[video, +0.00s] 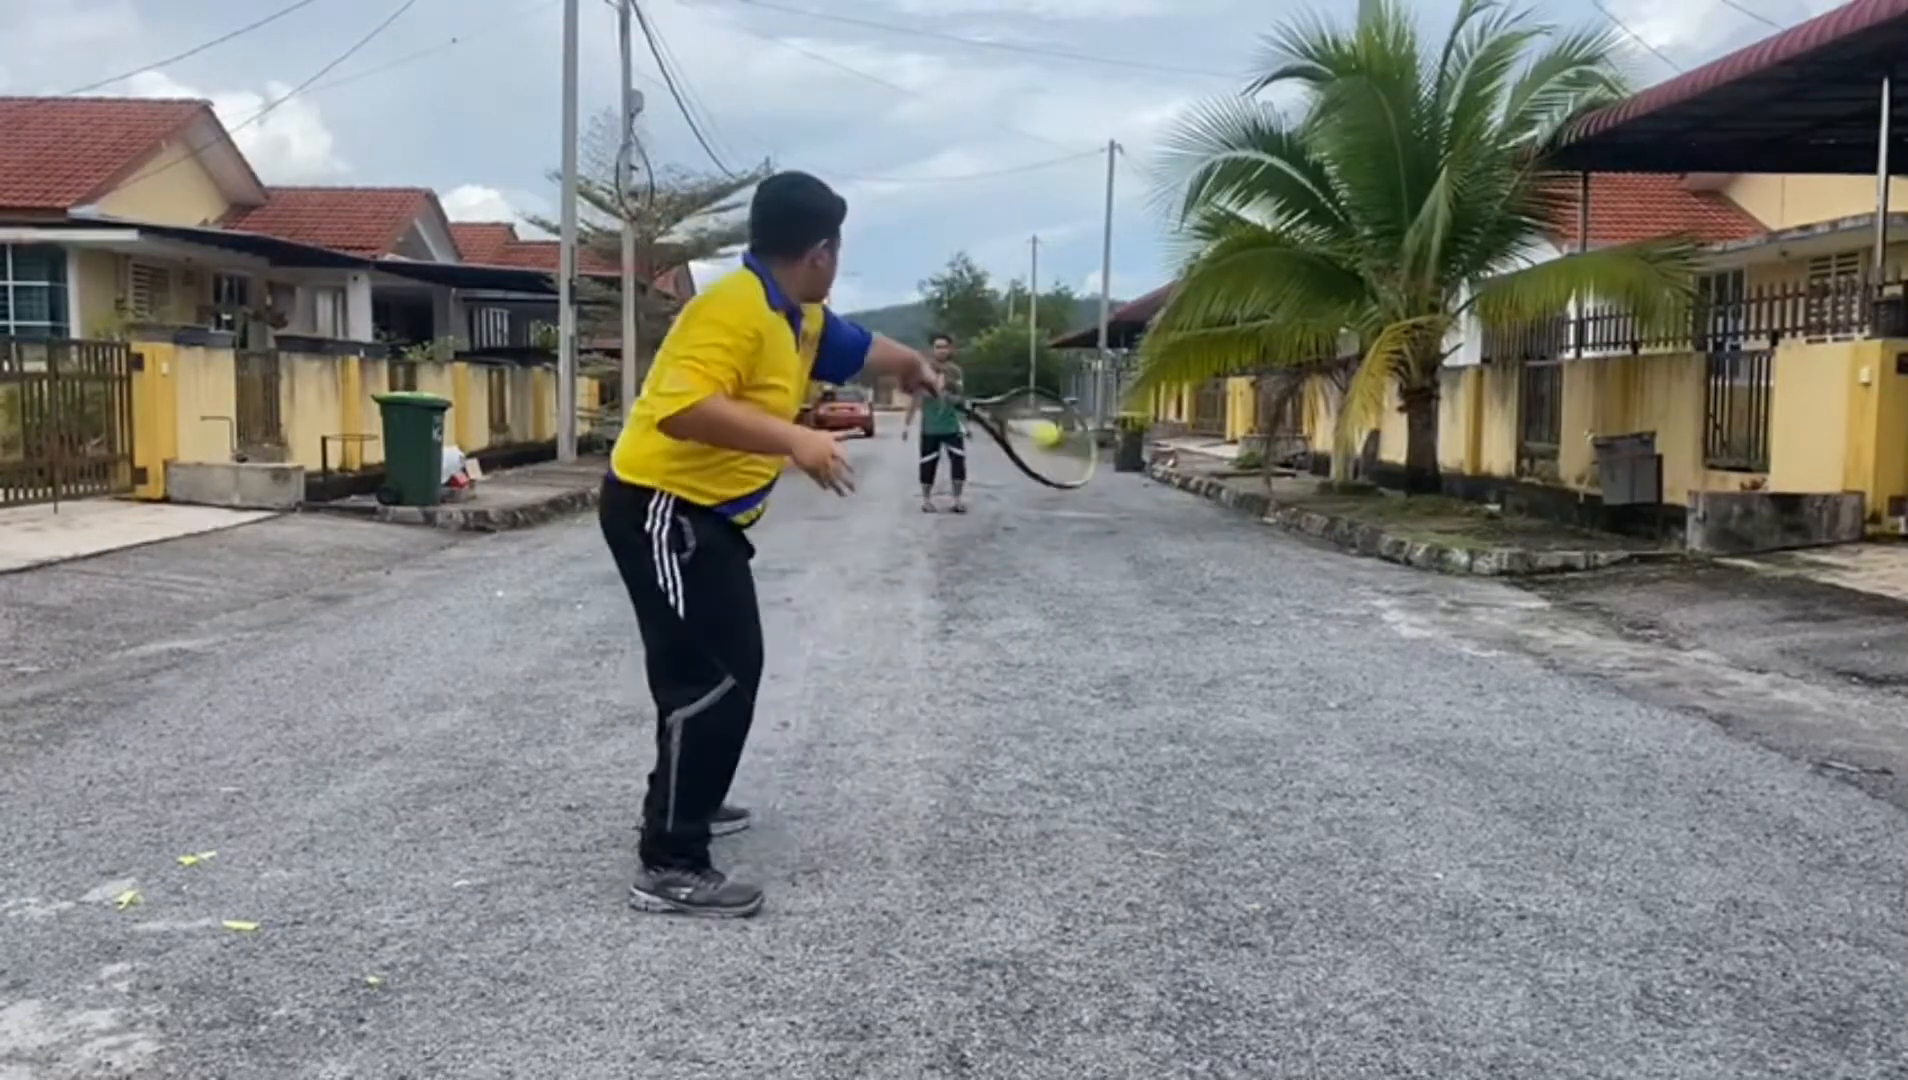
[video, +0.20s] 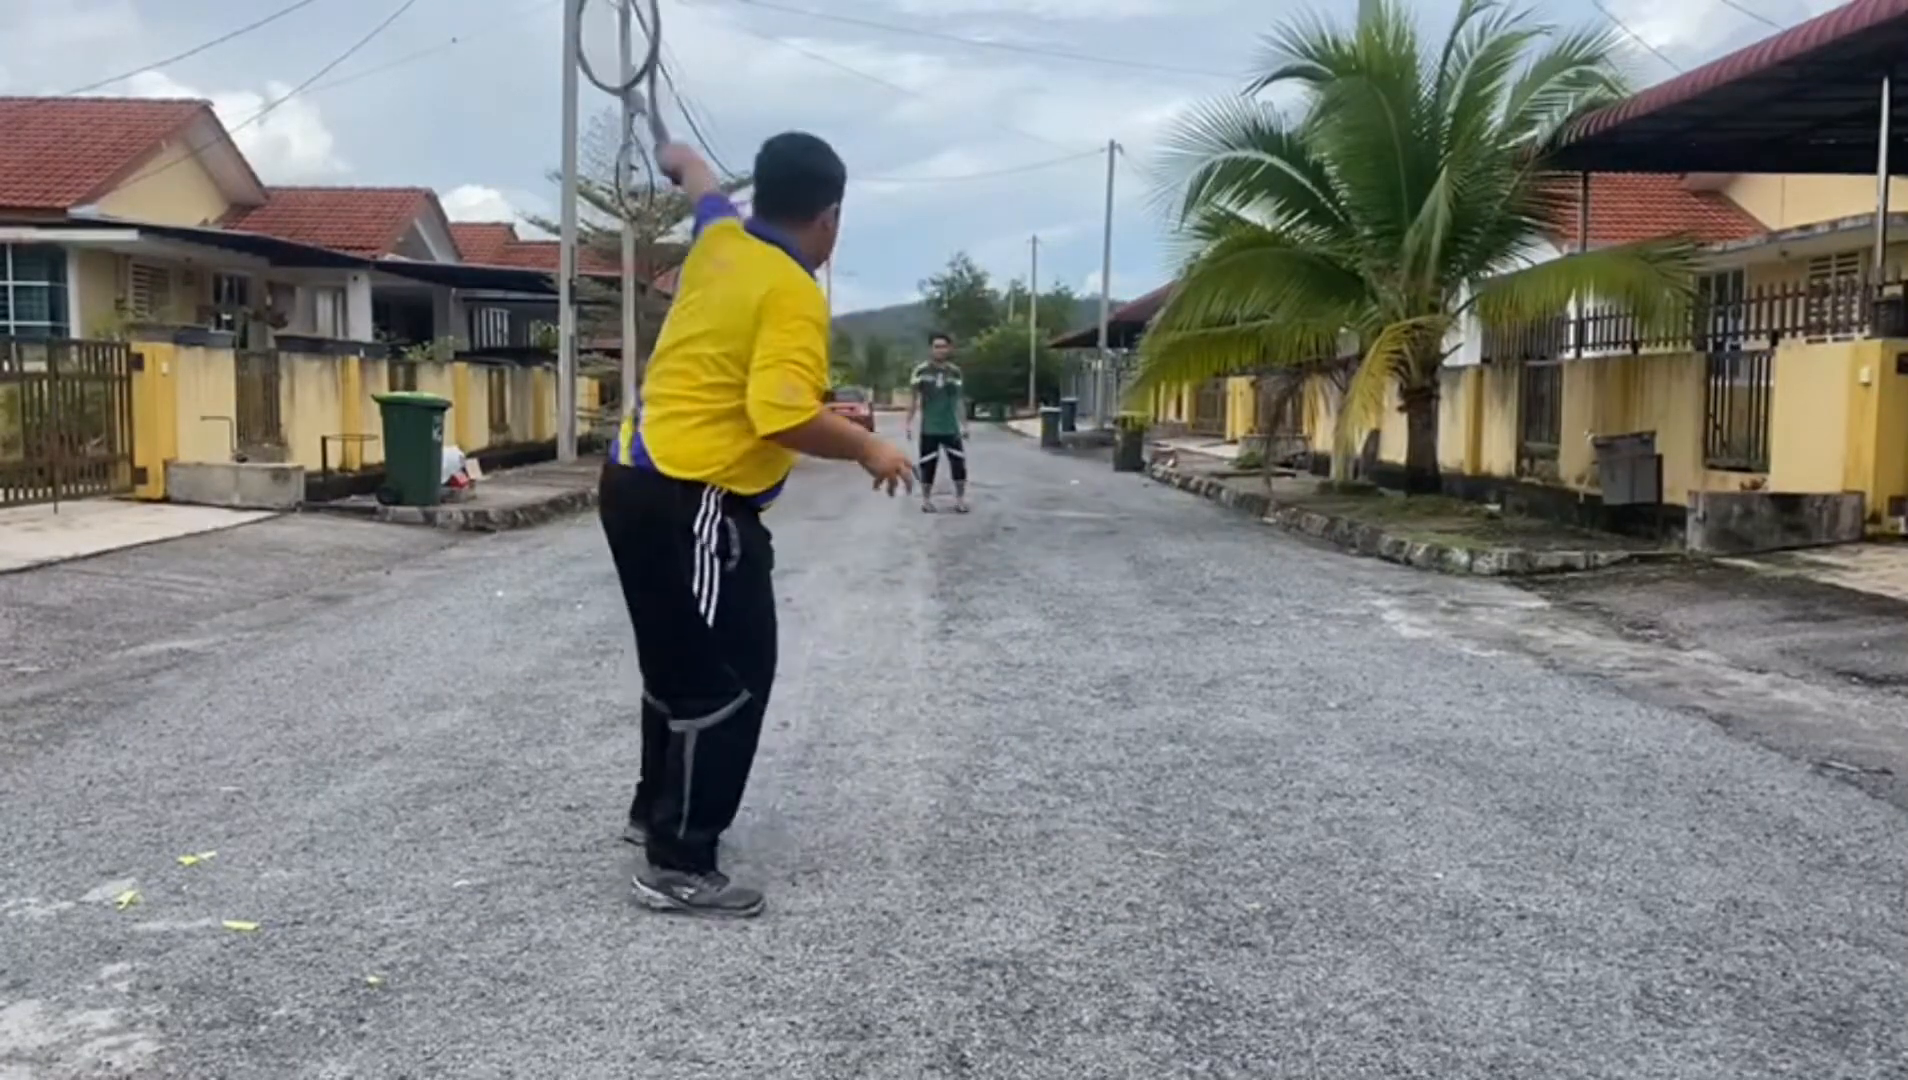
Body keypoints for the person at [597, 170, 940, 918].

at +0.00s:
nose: (839, 259)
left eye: (837, 245)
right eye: (835, 245)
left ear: (774, 245)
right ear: (814, 253)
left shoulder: (794, 317)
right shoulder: (731, 306)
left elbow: (854, 348)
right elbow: (677, 408)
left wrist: (910, 365)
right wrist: (792, 437)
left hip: (705, 510)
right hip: (663, 507)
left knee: (729, 665)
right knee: (709, 675)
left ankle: (683, 802)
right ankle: (670, 863)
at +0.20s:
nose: (838, 226)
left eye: (836, 211)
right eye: (838, 211)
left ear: (762, 203)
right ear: (824, 213)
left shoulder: (722, 235)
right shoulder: (794, 292)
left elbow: (702, 184)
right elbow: (783, 415)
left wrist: (682, 157)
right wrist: (864, 445)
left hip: (639, 485)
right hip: (701, 503)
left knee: (673, 666)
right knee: (737, 678)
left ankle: (659, 817)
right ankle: (683, 867)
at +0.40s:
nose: (819, 205)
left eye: (807, 187)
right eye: (818, 193)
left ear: (733, 184)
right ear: (810, 201)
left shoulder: (666, 227)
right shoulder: (817, 292)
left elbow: (586, 128)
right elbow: (842, 419)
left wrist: (523, 26)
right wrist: (884, 427)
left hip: (636, 498)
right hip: (738, 507)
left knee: (653, 677)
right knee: (812, 675)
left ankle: (620, 866)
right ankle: (721, 843)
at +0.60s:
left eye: (739, 193)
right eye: (828, 203)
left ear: (737, 197)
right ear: (824, 211)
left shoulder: (691, 260)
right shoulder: (863, 311)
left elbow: (571, 203)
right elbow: (891, 432)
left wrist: (468, 119)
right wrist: (807, 405)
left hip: (678, 533)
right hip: (794, 540)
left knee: (660, 704)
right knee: (800, 726)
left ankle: (625, 867)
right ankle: (801, 924)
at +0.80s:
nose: (741, 200)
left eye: (741, 189)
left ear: (746, 188)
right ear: (832, 192)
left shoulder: (729, 252)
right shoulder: (869, 303)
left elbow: (642, 315)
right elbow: (892, 431)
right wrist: (806, 395)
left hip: (709, 530)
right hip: (828, 543)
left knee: (647, 716)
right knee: (814, 733)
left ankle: (597, 908)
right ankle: (801, 927)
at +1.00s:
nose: (701, 190)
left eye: (702, 177)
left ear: (712, 178)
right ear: (798, 184)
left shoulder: (704, 250)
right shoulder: (837, 288)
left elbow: (681, 377)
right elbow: (873, 425)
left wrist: (644, 495)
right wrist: (777, 458)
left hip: (708, 533)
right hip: (817, 538)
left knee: (661, 749)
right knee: (803, 739)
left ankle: (646, 976)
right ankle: (802, 930)